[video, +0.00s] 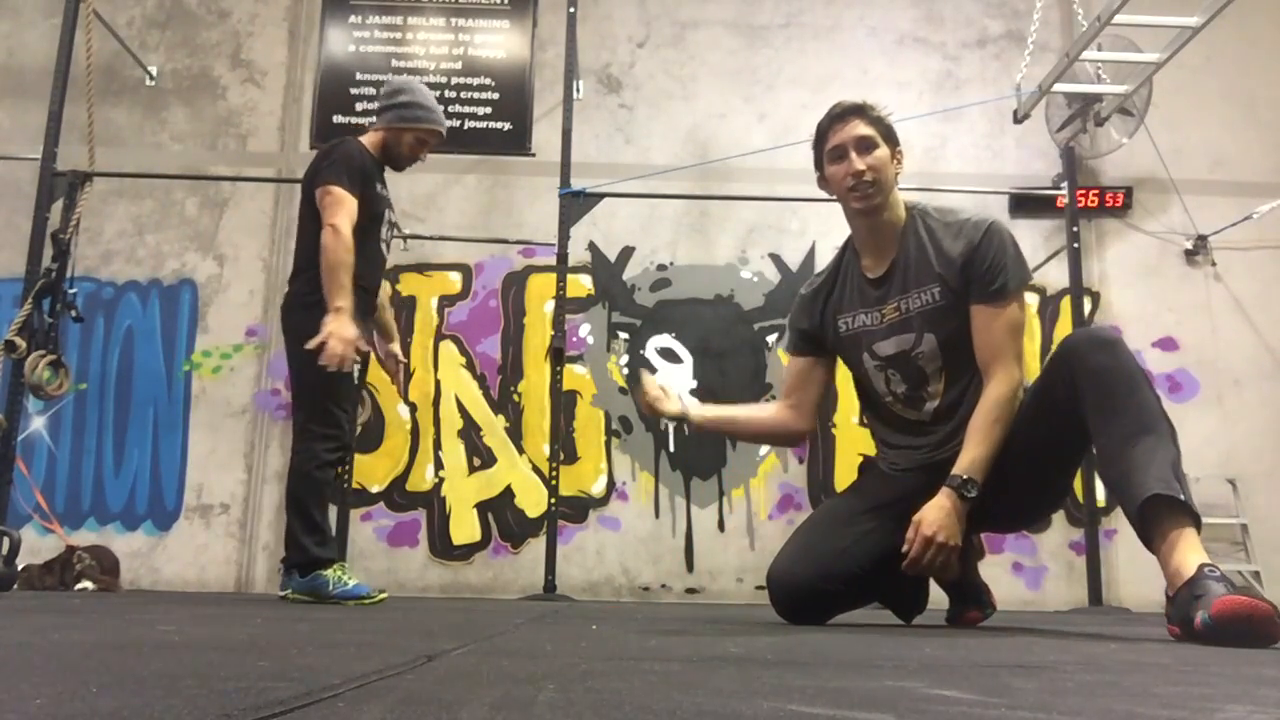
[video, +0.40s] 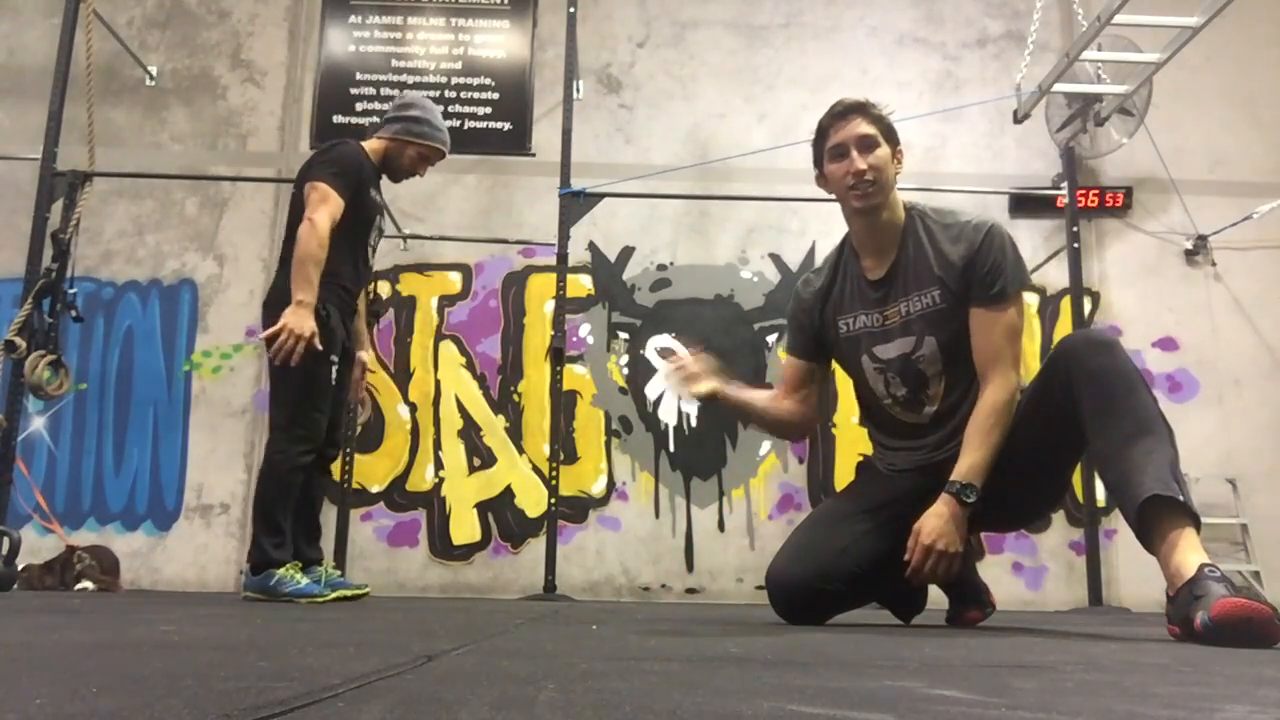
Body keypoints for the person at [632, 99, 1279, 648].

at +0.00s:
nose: (854, 167)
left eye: (866, 149)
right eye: (836, 158)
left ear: (899, 159)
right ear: (823, 183)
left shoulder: (974, 244)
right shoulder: (823, 294)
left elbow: (1005, 383)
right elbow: (796, 418)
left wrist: (954, 496)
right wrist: (686, 410)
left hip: (1001, 464)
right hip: (903, 483)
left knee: (1096, 348)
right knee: (795, 590)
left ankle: (1193, 581)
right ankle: (935, 561)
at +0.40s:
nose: (857, 164)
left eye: (869, 147)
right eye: (838, 155)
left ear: (899, 158)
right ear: (823, 181)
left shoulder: (974, 246)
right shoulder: (816, 295)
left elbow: (1000, 383)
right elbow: (802, 411)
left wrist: (956, 499)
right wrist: (723, 386)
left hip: (999, 463)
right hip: (897, 481)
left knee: (1094, 350)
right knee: (795, 588)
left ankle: (1192, 580)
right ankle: (936, 566)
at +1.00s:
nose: (855, 171)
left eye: (867, 153)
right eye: (836, 163)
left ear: (897, 162)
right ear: (823, 185)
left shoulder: (984, 249)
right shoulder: (818, 290)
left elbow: (1004, 392)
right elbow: (822, 425)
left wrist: (958, 507)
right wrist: (879, 347)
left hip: (1000, 466)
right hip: (903, 483)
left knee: (1097, 348)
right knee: (794, 590)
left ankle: (1192, 578)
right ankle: (947, 558)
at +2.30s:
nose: (830, 217)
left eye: (837, 194)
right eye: (809, 211)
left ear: (870, 190)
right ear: (799, 232)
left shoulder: (970, 250)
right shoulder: (808, 333)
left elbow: (1054, 365)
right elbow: (844, 450)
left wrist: (1002, 471)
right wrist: (918, 513)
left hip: (1025, 469)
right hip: (917, 496)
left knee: (1134, 349)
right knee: (797, 590)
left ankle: (1198, 575)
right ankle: (945, 561)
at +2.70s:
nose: (841, 224)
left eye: (849, 200)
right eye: (819, 218)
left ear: (882, 197)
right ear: (809, 237)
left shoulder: (986, 257)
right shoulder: (815, 334)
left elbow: (1055, 371)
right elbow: (849, 456)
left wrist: (1002, 480)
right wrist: (930, 519)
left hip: (1030, 470)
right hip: (923, 495)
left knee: (1133, 347)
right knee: (799, 591)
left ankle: (1197, 576)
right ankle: (947, 563)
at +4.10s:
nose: (824, 224)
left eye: (831, 200)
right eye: (803, 220)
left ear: (866, 197)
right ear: (796, 243)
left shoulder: (970, 260)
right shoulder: (805, 338)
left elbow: (1040, 378)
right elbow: (841, 456)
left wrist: (993, 484)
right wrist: (917, 519)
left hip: (1018, 472)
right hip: (912, 498)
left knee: (1120, 348)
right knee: (796, 591)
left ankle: (1195, 577)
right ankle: (937, 559)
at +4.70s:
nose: (822, 226)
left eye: (827, 202)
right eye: (800, 223)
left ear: (862, 196)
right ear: (793, 247)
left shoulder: (969, 260)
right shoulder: (804, 341)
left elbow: (1040, 379)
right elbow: (840, 456)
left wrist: (991, 486)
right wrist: (916, 517)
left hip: (1018, 471)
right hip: (913, 497)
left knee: (1120, 349)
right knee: (796, 590)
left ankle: (1195, 578)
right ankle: (940, 561)